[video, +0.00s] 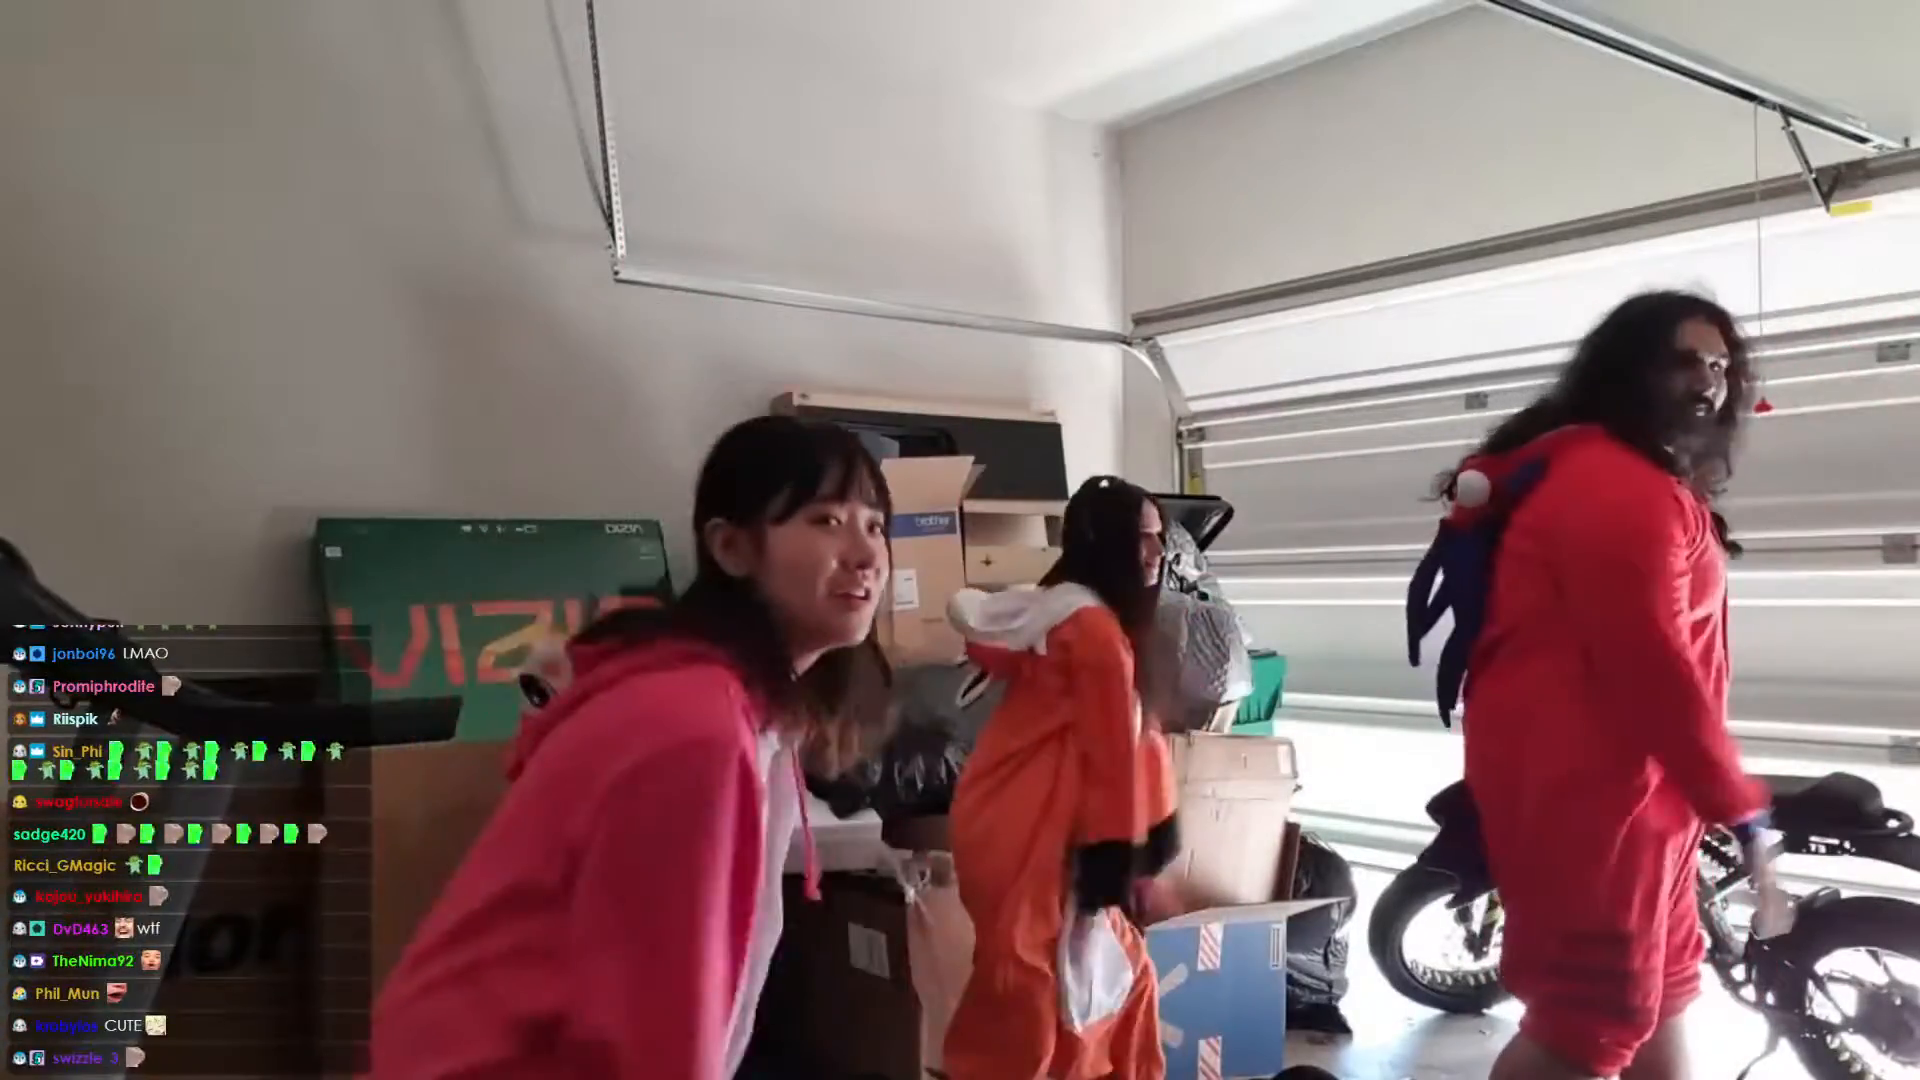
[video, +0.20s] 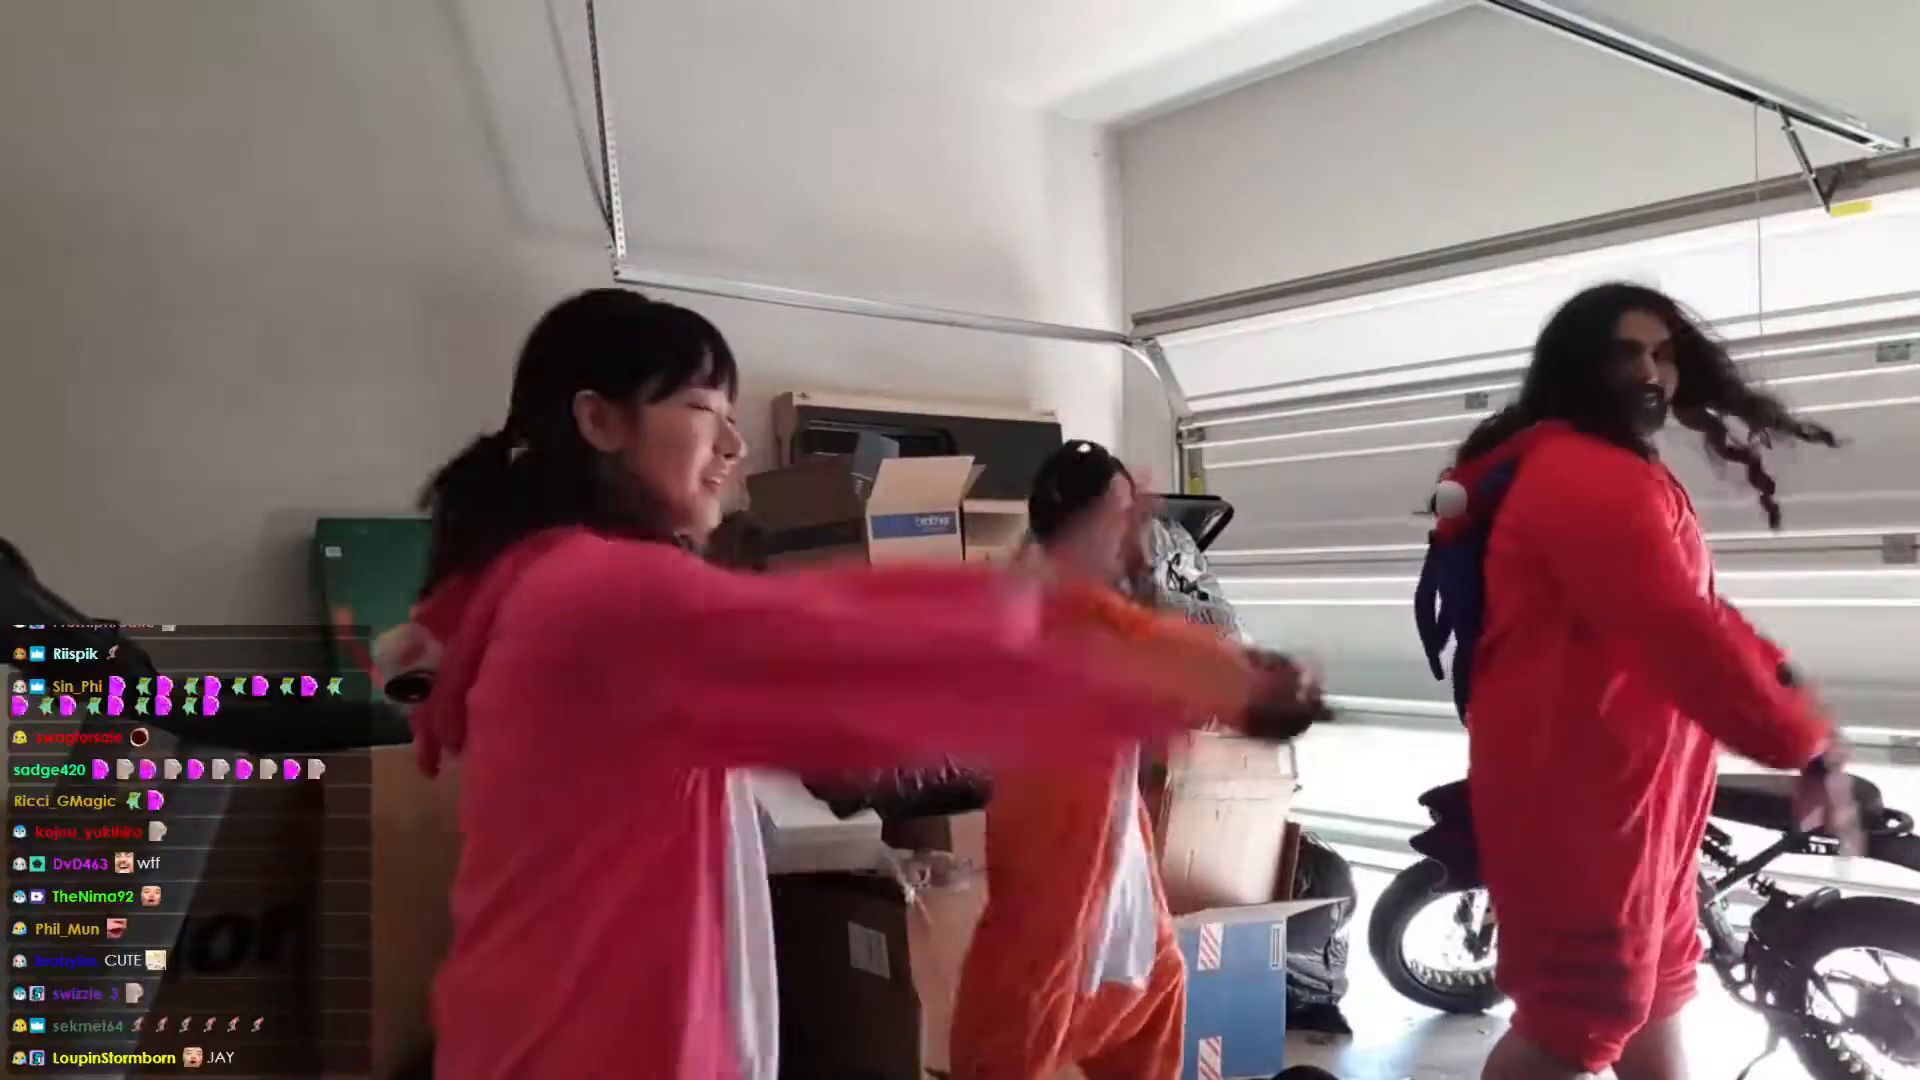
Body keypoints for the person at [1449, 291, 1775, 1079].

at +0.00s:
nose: (1709, 383)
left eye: (1721, 367)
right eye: (1686, 361)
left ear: (1734, 386)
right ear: (1632, 370)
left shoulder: (1648, 480)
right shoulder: (1613, 486)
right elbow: (1651, 668)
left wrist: (1705, 792)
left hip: (1628, 779)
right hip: (1579, 786)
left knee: (1662, 989)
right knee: (1591, 1022)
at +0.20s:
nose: (1654, 374)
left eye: (1665, 356)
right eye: (1628, 354)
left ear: (1679, 370)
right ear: (1580, 366)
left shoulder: (1637, 474)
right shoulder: (1579, 479)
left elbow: (1697, 607)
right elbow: (1678, 634)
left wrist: (1781, 677)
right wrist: (1801, 744)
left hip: (1644, 793)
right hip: (1575, 803)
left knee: (1656, 992)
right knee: (1578, 1016)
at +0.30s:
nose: (1624, 378)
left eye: (1637, 358)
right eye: (1598, 361)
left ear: (1655, 371)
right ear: (1550, 378)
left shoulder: (1604, 471)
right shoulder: (1558, 476)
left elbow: (1705, 543)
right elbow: (1718, 556)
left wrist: (1834, 526)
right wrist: (1904, 566)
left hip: (1647, 795)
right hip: (1577, 804)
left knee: (1671, 988)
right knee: (1578, 1018)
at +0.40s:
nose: (1626, 392)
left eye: (1641, 372)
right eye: (1597, 375)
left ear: (1659, 382)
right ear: (1550, 391)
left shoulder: (1617, 476)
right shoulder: (1547, 484)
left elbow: (1712, 477)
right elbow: (1754, 495)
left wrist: (1801, 393)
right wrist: (1894, 375)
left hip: (1666, 793)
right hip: (1586, 809)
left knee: (1707, 984)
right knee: (1599, 1025)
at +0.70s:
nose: (1636, 371)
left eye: (1650, 351)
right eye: (1608, 354)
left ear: (1671, 366)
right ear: (1563, 374)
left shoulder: (1641, 467)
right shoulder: (1563, 470)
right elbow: (1748, 541)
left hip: (1666, 782)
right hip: (1591, 791)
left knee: (1680, 985)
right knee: (1593, 1014)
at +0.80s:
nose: (1653, 376)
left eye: (1669, 357)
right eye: (1626, 358)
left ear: (1691, 373)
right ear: (1582, 375)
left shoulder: (1657, 476)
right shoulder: (1587, 481)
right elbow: (1701, 622)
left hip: (1658, 788)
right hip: (1585, 794)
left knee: (1665, 995)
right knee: (1582, 1016)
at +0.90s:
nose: (1688, 391)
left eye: (1706, 372)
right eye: (1663, 371)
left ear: (1726, 389)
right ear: (1618, 381)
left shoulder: (1667, 487)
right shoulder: (1607, 493)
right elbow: (1633, 674)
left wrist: (1702, 803)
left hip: (1643, 785)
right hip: (1577, 790)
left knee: (1672, 989)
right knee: (1585, 1021)